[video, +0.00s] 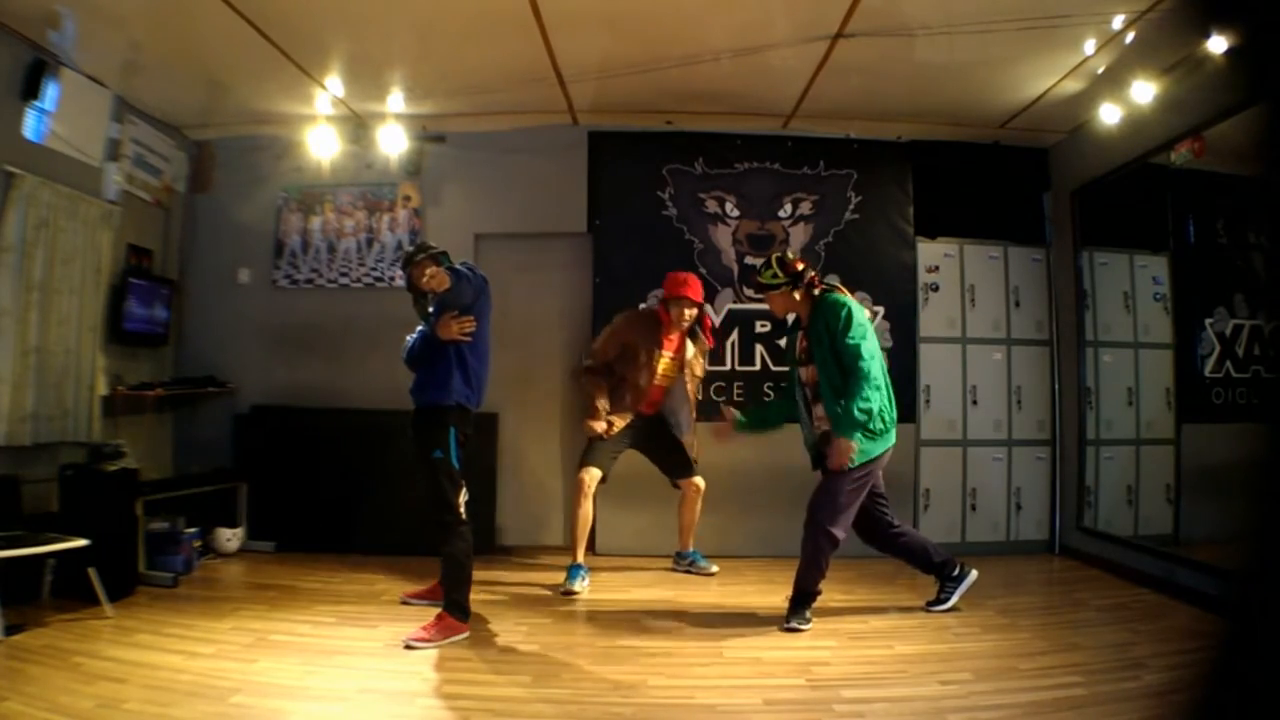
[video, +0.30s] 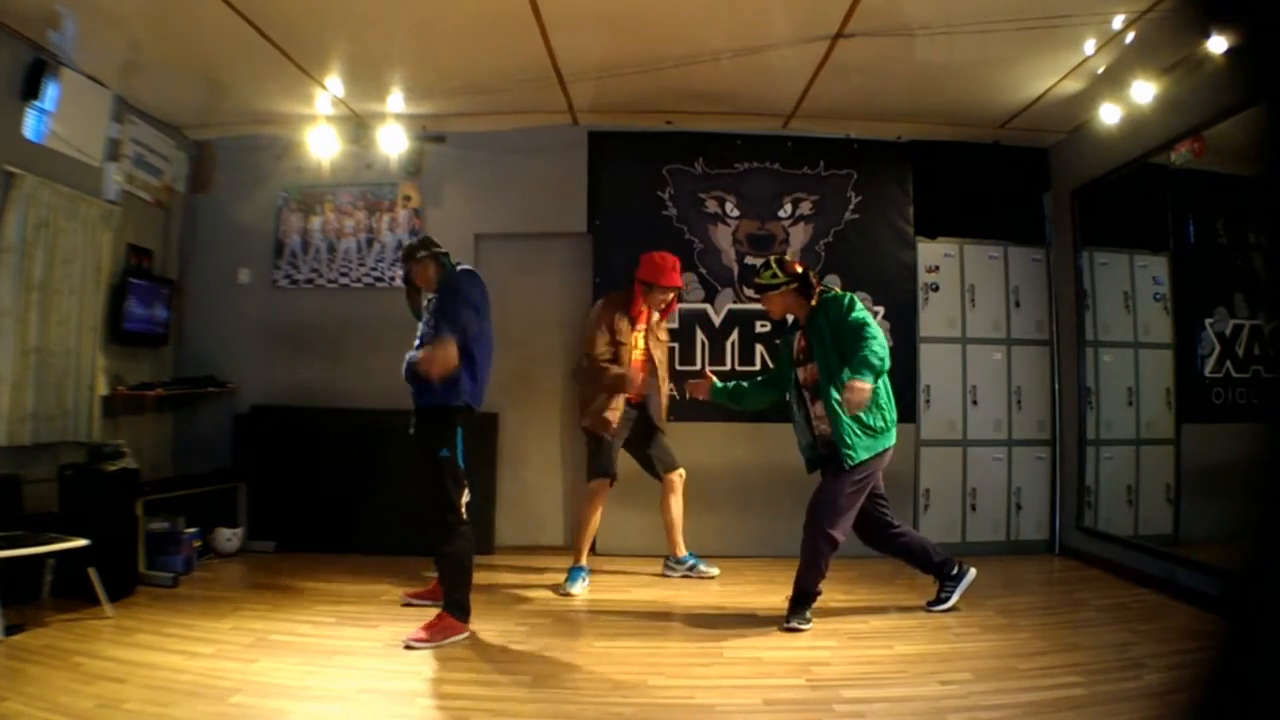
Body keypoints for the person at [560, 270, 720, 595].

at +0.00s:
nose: (686, 313)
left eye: (692, 307)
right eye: (680, 305)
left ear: (699, 310)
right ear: (665, 304)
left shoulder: (694, 345)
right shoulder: (633, 324)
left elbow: (691, 396)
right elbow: (594, 365)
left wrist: (690, 440)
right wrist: (599, 412)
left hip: (654, 422)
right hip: (618, 418)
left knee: (694, 485)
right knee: (586, 479)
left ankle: (685, 554)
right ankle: (577, 566)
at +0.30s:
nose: (669, 299)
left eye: (672, 293)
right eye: (664, 291)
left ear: (672, 292)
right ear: (644, 286)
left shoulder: (658, 321)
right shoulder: (608, 311)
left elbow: (656, 367)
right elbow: (597, 363)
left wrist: (663, 393)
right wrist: (625, 377)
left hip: (640, 413)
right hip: (606, 410)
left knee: (674, 476)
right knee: (600, 483)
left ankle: (678, 558)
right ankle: (579, 566)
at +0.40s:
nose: (666, 294)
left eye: (670, 288)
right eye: (661, 286)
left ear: (669, 288)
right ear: (642, 281)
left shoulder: (648, 314)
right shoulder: (611, 312)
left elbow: (644, 369)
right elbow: (623, 374)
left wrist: (674, 379)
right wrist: (672, 377)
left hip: (637, 416)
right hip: (607, 416)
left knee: (671, 478)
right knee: (604, 485)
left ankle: (676, 559)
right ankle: (579, 567)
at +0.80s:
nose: (674, 286)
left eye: (681, 281)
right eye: (669, 278)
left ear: (687, 285)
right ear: (655, 277)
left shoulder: (681, 321)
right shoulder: (633, 305)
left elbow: (684, 366)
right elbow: (654, 353)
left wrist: (701, 394)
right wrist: (697, 368)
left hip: (667, 414)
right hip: (630, 411)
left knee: (707, 478)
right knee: (607, 486)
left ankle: (690, 551)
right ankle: (578, 566)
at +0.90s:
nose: (687, 283)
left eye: (692, 276)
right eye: (680, 275)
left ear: (698, 282)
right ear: (664, 278)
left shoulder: (699, 324)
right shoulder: (641, 313)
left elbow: (711, 368)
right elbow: (658, 363)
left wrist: (716, 402)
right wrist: (697, 400)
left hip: (680, 417)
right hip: (639, 416)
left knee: (711, 485)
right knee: (609, 486)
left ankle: (695, 552)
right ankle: (578, 566)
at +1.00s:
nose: (692, 273)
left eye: (696, 266)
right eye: (684, 267)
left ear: (704, 273)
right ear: (672, 274)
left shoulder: (712, 323)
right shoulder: (652, 312)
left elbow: (722, 378)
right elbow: (652, 370)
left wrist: (728, 428)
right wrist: (667, 420)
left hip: (693, 418)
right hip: (649, 414)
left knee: (714, 487)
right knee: (618, 486)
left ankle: (693, 555)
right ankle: (584, 563)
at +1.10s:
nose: (691, 269)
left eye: (696, 262)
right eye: (684, 263)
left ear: (705, 266)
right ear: (674, 268)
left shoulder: (722, 316)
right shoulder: (653, 307)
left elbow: (733, 370)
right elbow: (635, 358)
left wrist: (736, 419)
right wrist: (629, 410)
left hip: (701, 412)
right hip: (657, 409)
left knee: (712, 485)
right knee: (628, 479)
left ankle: (694, 554)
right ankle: (605, 557)